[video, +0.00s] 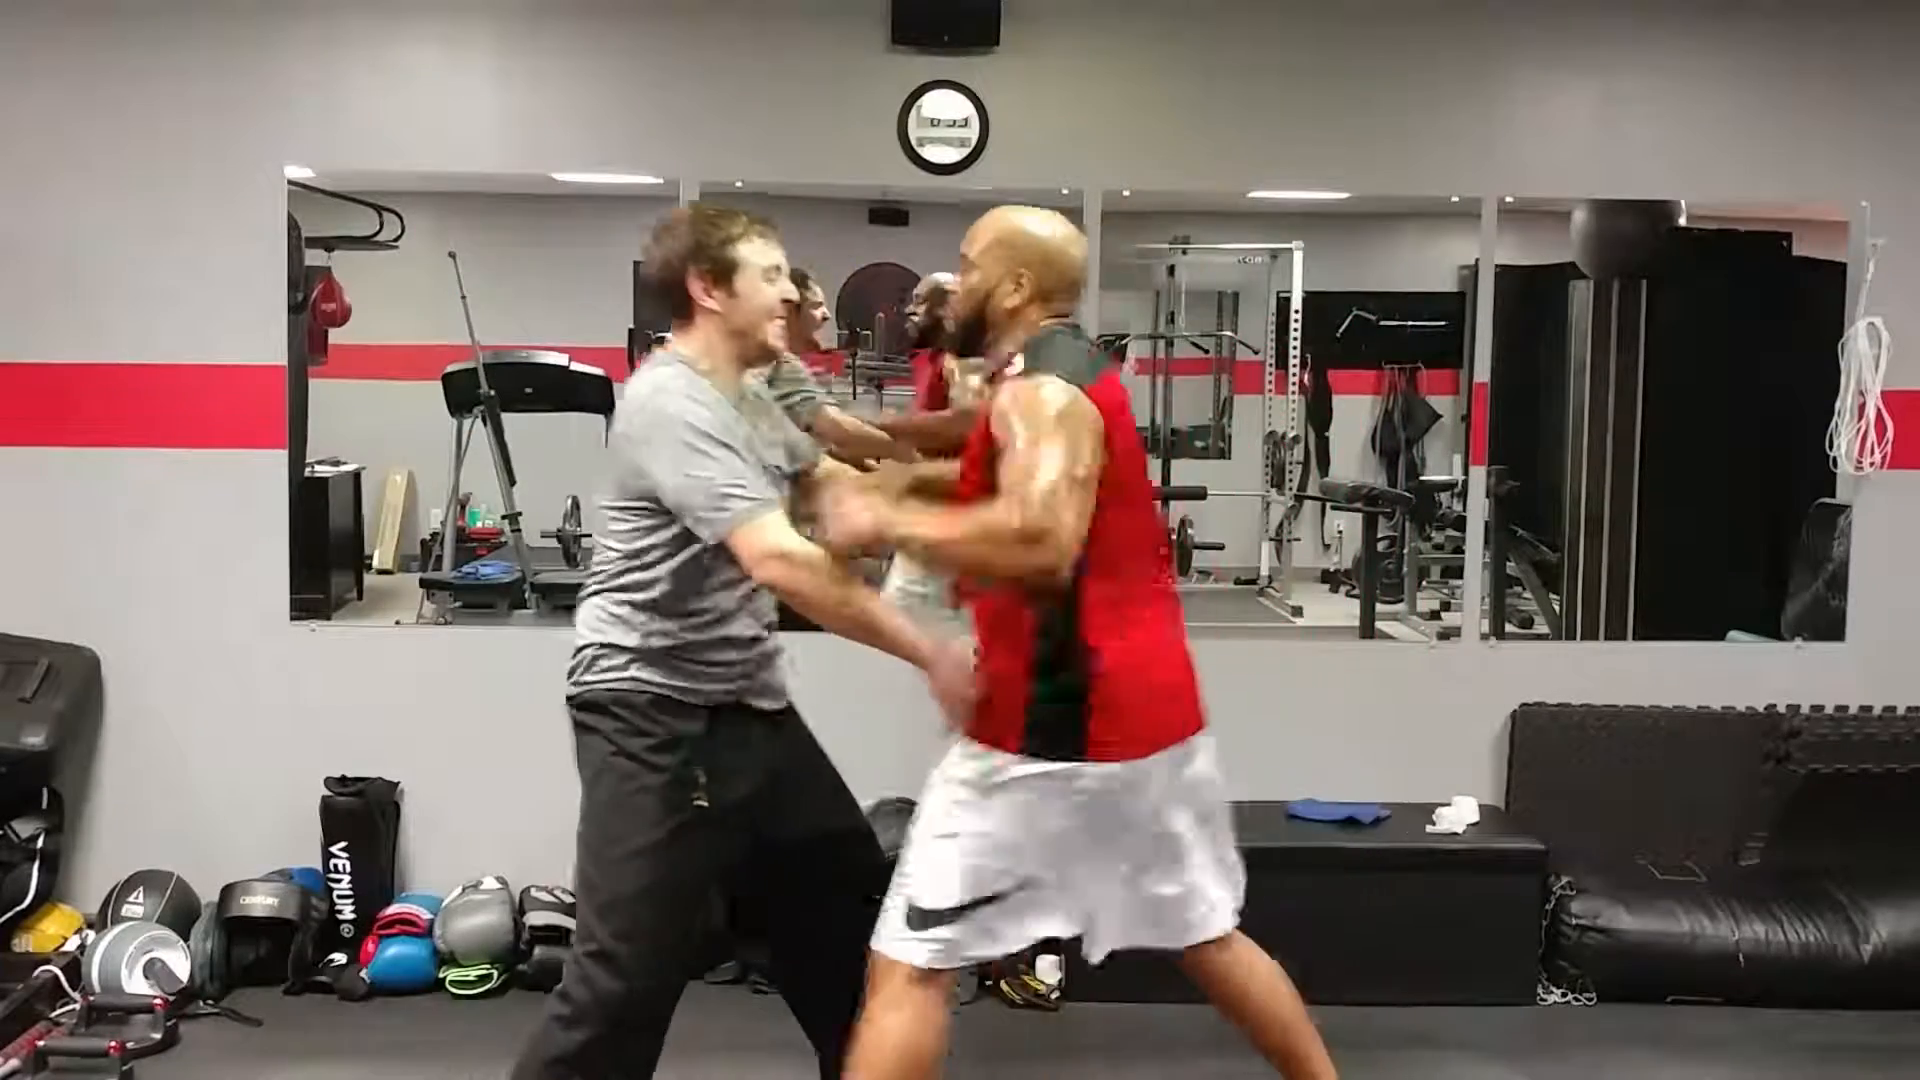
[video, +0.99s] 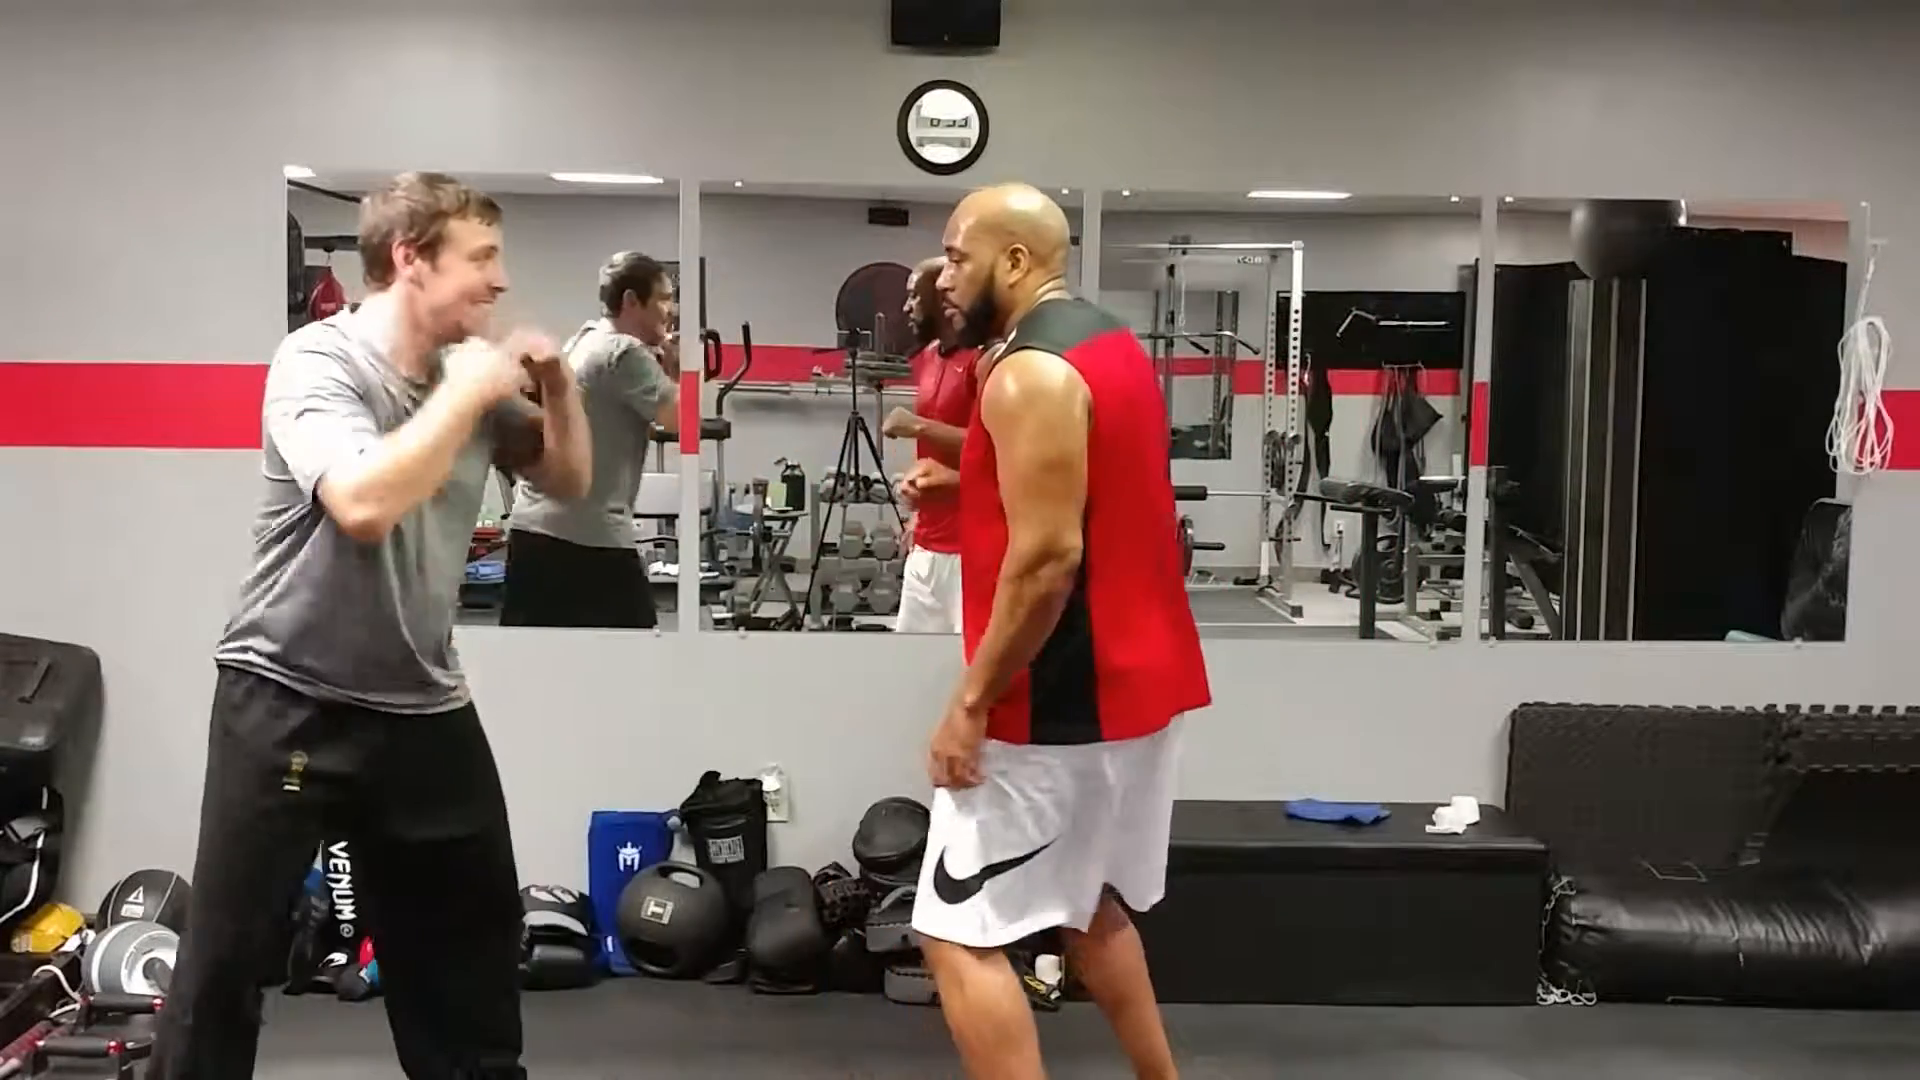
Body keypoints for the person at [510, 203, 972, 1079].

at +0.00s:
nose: (792, 294)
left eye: (789, 277)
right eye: (772, 277)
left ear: (723, 294)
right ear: (708, 290)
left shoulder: (751, 394)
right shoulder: (665, 405)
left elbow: (835, 485)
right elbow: (783, 567)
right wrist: (928, 649)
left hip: (749, 709)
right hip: (648, 713)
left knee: (858, 933)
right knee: (619, 990)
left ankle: (868, 1066)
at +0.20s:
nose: (712, 292)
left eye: (711, 273)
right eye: (695, 271)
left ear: (635, 280)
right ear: (627, 276)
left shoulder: (649, 370)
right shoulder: (602, 370)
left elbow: (700, 461)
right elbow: (664, 525)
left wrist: (795, 479)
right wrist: (789, 609)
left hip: (654, 698)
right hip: (562, 699)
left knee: (772, 865)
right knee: (566, 992)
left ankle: (748, 1062)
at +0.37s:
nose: (701, 325)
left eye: (704, 307)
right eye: (685, 302)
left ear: (628, 304)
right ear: (615, 299)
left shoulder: (638, 408)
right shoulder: (552, 390)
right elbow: (554, 570)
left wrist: (680, 514)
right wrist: (680, 587)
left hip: (594, 705)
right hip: (482, 697)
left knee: (658, 921)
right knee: (479, 950)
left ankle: (588, 1076)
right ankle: (473, 1078)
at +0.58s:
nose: (679, 418)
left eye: (683, 400)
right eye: (668, 397)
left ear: (605, 390)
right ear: (599, 386)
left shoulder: (572, 469)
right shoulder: (500, 486)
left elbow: (525, 585)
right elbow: (440, 655)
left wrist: (576, 600)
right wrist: (542, 668)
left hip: (494, 733)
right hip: (380, 738)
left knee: (590, 941)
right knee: (317, 987)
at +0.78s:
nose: (563, 338)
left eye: (564, 318)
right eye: (546, 315)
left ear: (493, 317)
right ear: (477, 312)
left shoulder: (503, 423)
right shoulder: (375, 412)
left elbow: (480, 567)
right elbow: (352, 600)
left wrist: (539, 533)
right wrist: (488, 588)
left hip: (415, 702)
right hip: (291, 702)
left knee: (504, 911)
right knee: (240, 948)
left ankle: (547, 1073)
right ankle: (172, 1071)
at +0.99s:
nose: (499, 279)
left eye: (499, 258)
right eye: (481, 258)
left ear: (428, 264)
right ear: (410, 261)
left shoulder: (469, 376)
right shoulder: (314, 361)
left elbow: (566, 480)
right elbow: (361, 502)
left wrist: (555, 390)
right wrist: (468, 393)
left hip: (426, 705)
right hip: (285, 697)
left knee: (471, 965)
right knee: (223, 967)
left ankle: (476, 1075)